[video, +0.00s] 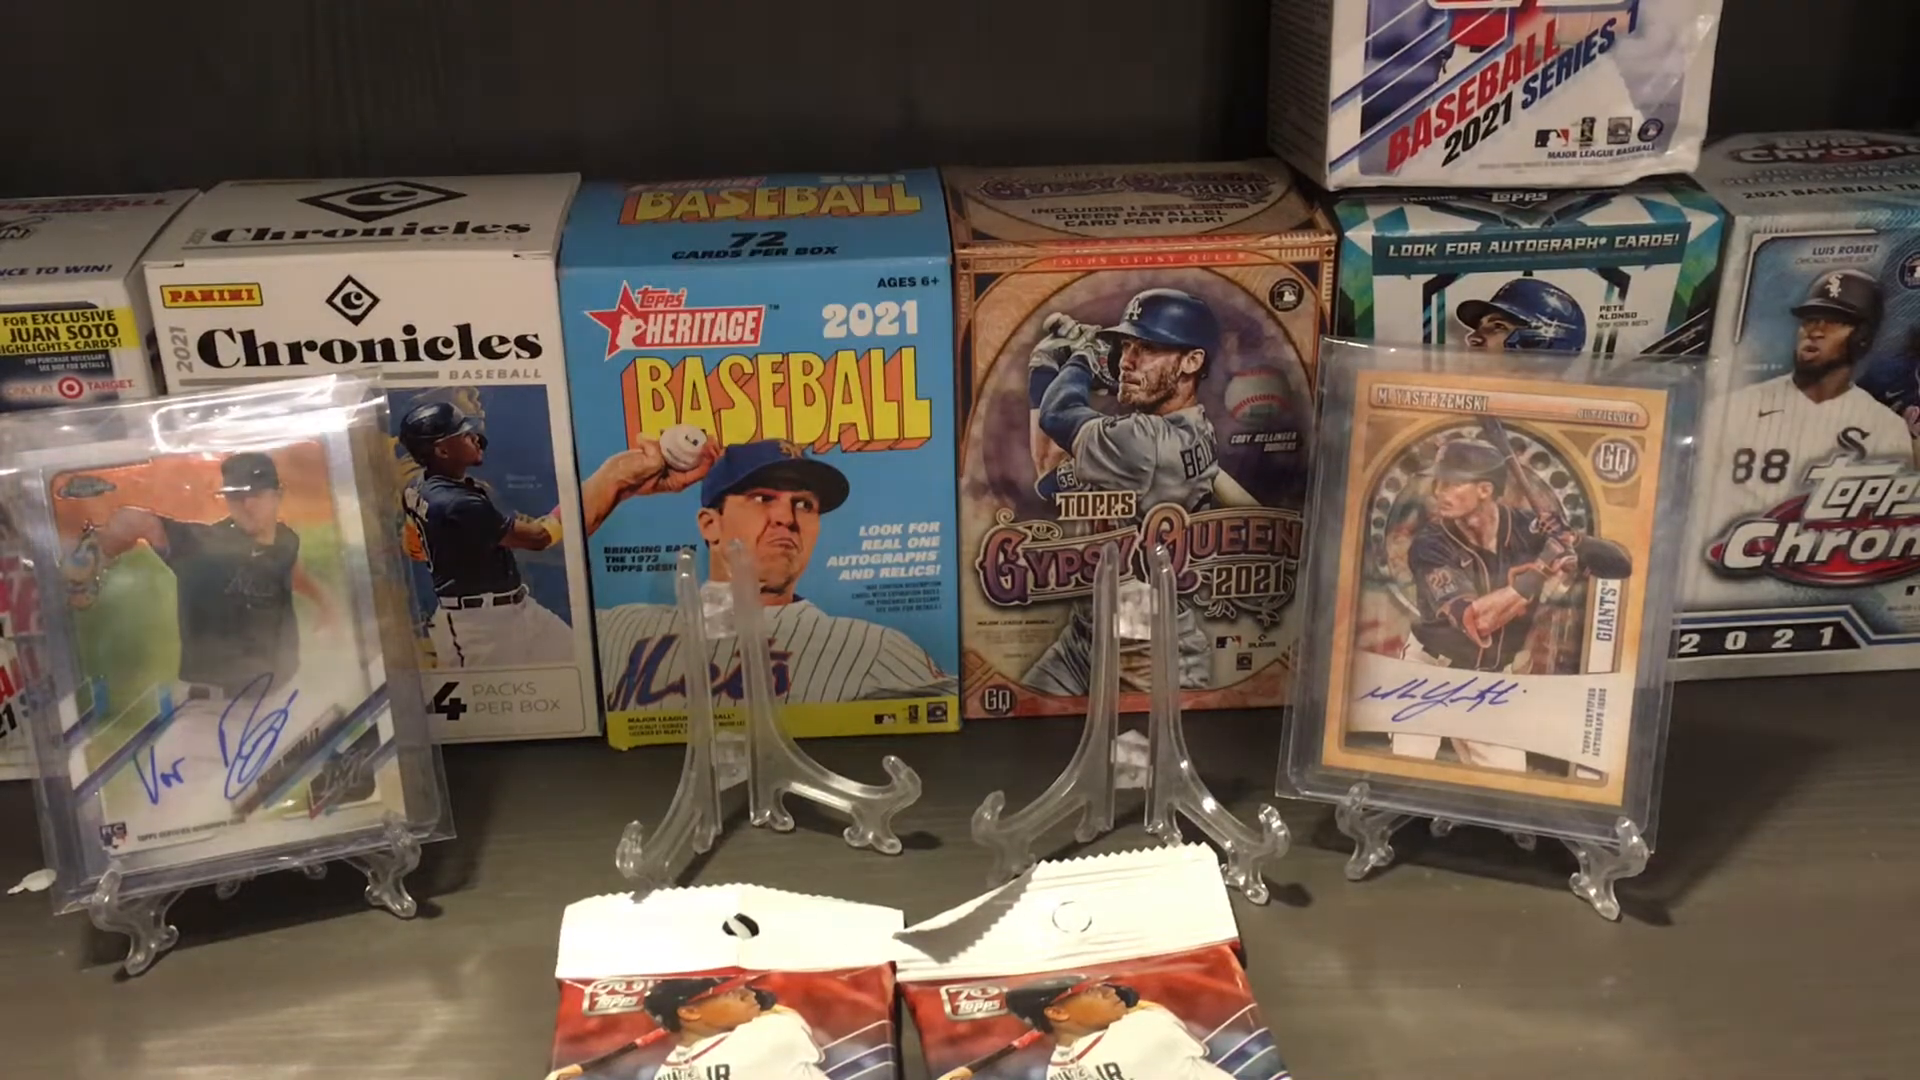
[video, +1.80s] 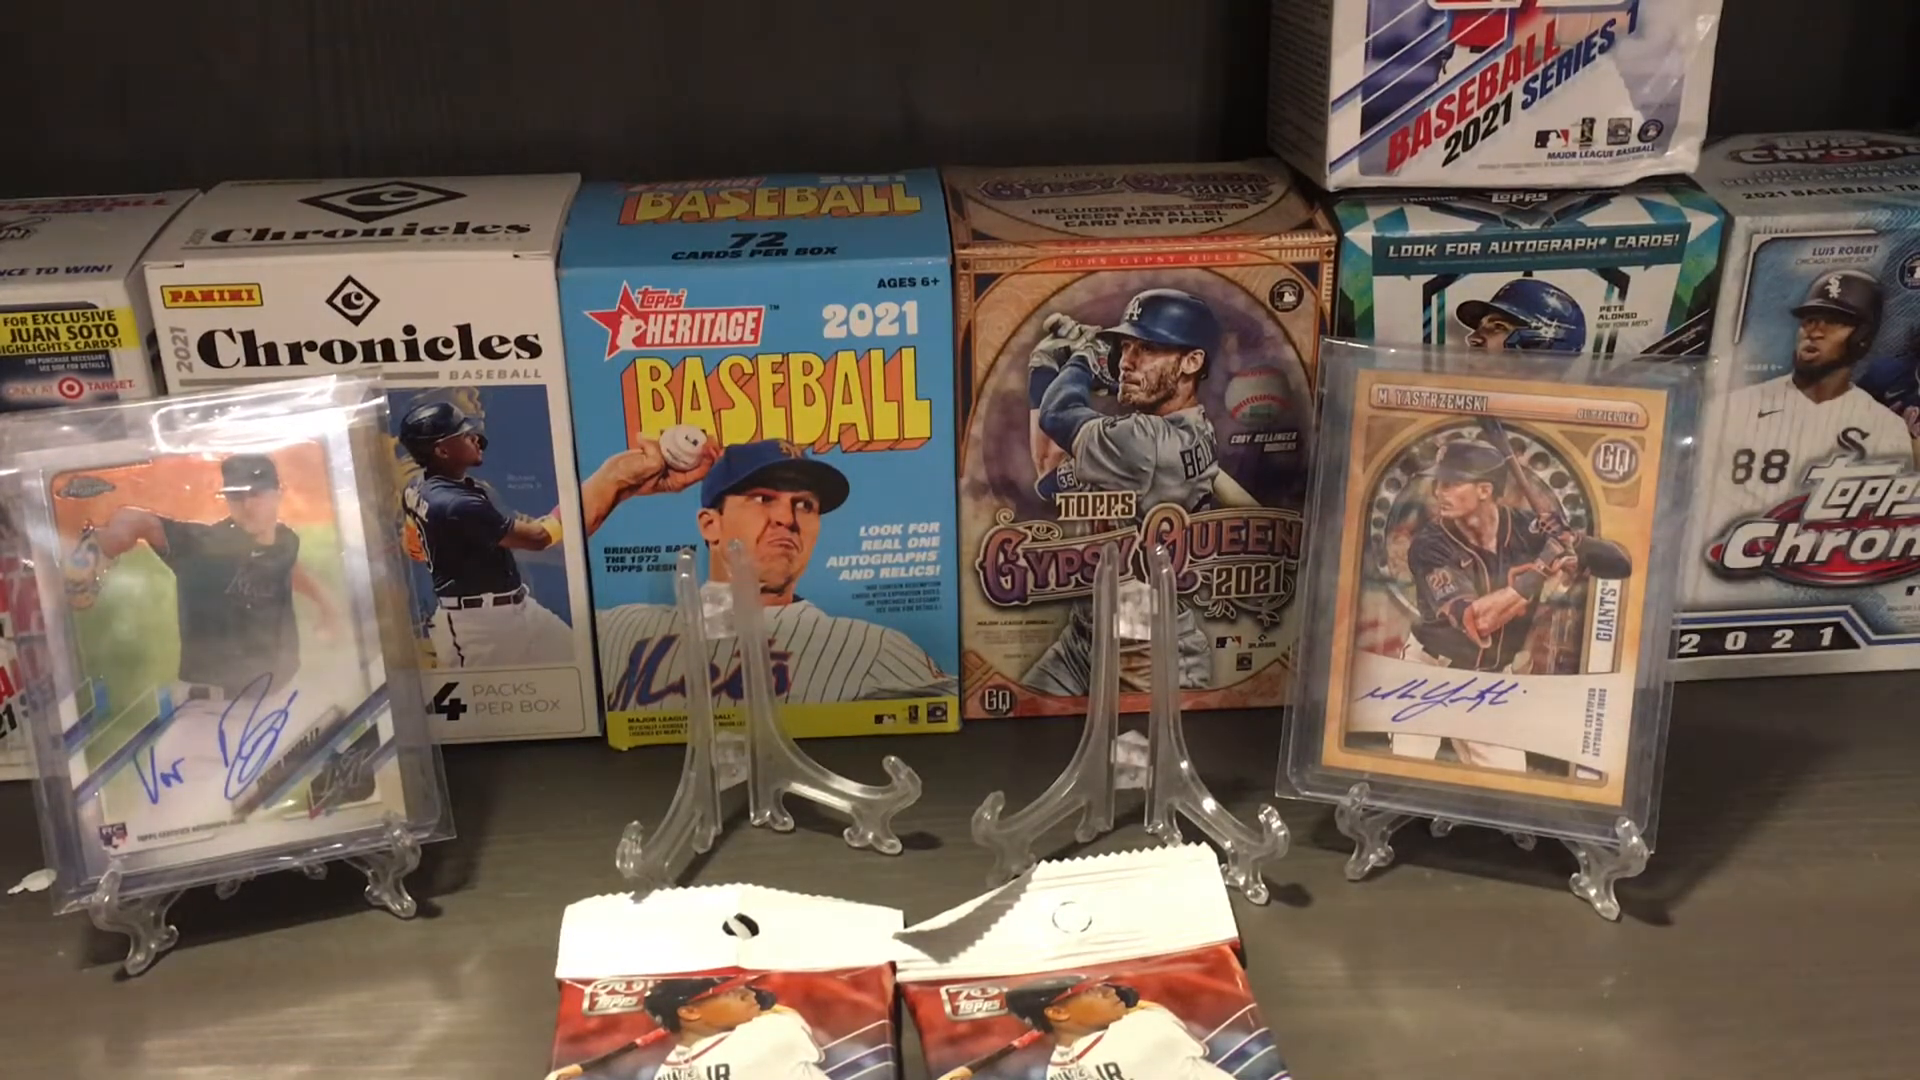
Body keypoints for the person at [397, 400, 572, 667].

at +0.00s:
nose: (475, 436)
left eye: (469, 430)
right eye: (464, 433)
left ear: (442, 451)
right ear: (442, 449)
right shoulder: (461, 506)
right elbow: (538, 537)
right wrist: (571, 508)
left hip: (519, 609)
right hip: (474, 623)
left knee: (588, 662)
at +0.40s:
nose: (476, 436)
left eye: (470, 430)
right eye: (464, 433)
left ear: (442, 451)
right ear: (442, 449)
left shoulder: (421, 489)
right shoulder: (460, 506)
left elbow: (413, 545)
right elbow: (538, 537)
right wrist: (566, 514)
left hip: (520, 609)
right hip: (474, 622)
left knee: (587, 662)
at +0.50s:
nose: (476, 436)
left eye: (470, 430)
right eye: (465, 432)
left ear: (443, 450)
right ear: (442, 449)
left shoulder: (422, 489)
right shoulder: (460, 506)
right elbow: (538, 537)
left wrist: (552, 520)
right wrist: (567, 513)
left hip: (520, 609)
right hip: (474, 622)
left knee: (586, 663)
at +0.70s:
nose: (476, 436)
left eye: (470, 430)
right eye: (465, 433)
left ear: (443, 450)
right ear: (442, 449)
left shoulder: (421, 488)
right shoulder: (460, 506)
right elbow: (538, 537)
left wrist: (547, 521)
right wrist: (566, 513)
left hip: (520, 609)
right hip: (474, 622)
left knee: (587, 662)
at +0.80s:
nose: (476, 436)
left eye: (470, 430)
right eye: (465, 433)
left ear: (443, 451)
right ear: (442, 449)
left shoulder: (421, 489)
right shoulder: (460, 506)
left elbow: (413, 545)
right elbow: (538, 537)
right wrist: (568, 512)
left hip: (520, 609)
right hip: (474, 622)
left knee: (587, 663)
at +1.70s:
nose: (476, 436)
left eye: (470, 430)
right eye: (465, 433)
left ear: (442, 451)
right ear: (441, 449)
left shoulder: (419, 489)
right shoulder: (460, 506)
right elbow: (538, 537)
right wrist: (570, 509)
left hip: (520, 609)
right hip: (473, 622)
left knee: (588, 663)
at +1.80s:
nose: (476, 437)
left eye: (470, 431)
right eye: (465, 433)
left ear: (442, 451)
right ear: (441, 450)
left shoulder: (420, 490)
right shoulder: (460, 506)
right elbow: (538, 537)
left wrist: (541, 523)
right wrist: (568, 511)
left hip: (520, 609)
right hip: (474, 623)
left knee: (587, 663)